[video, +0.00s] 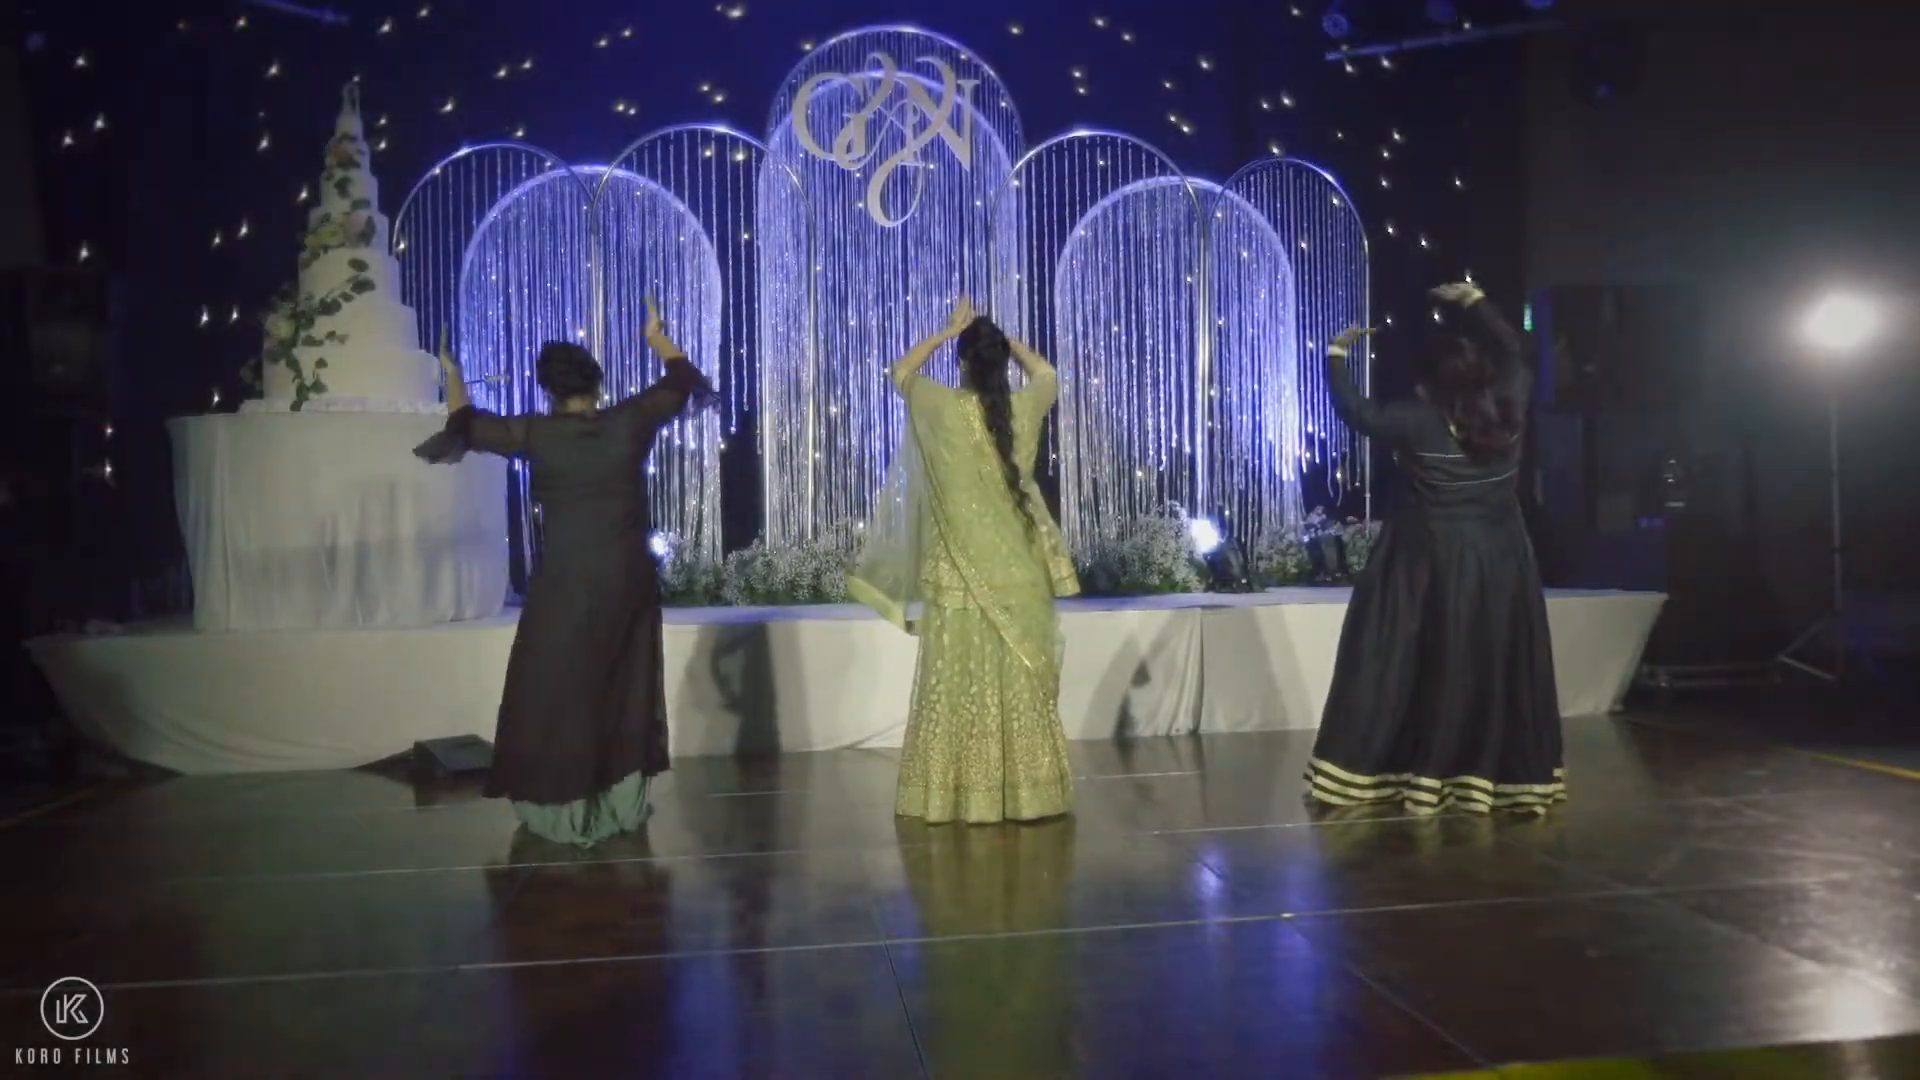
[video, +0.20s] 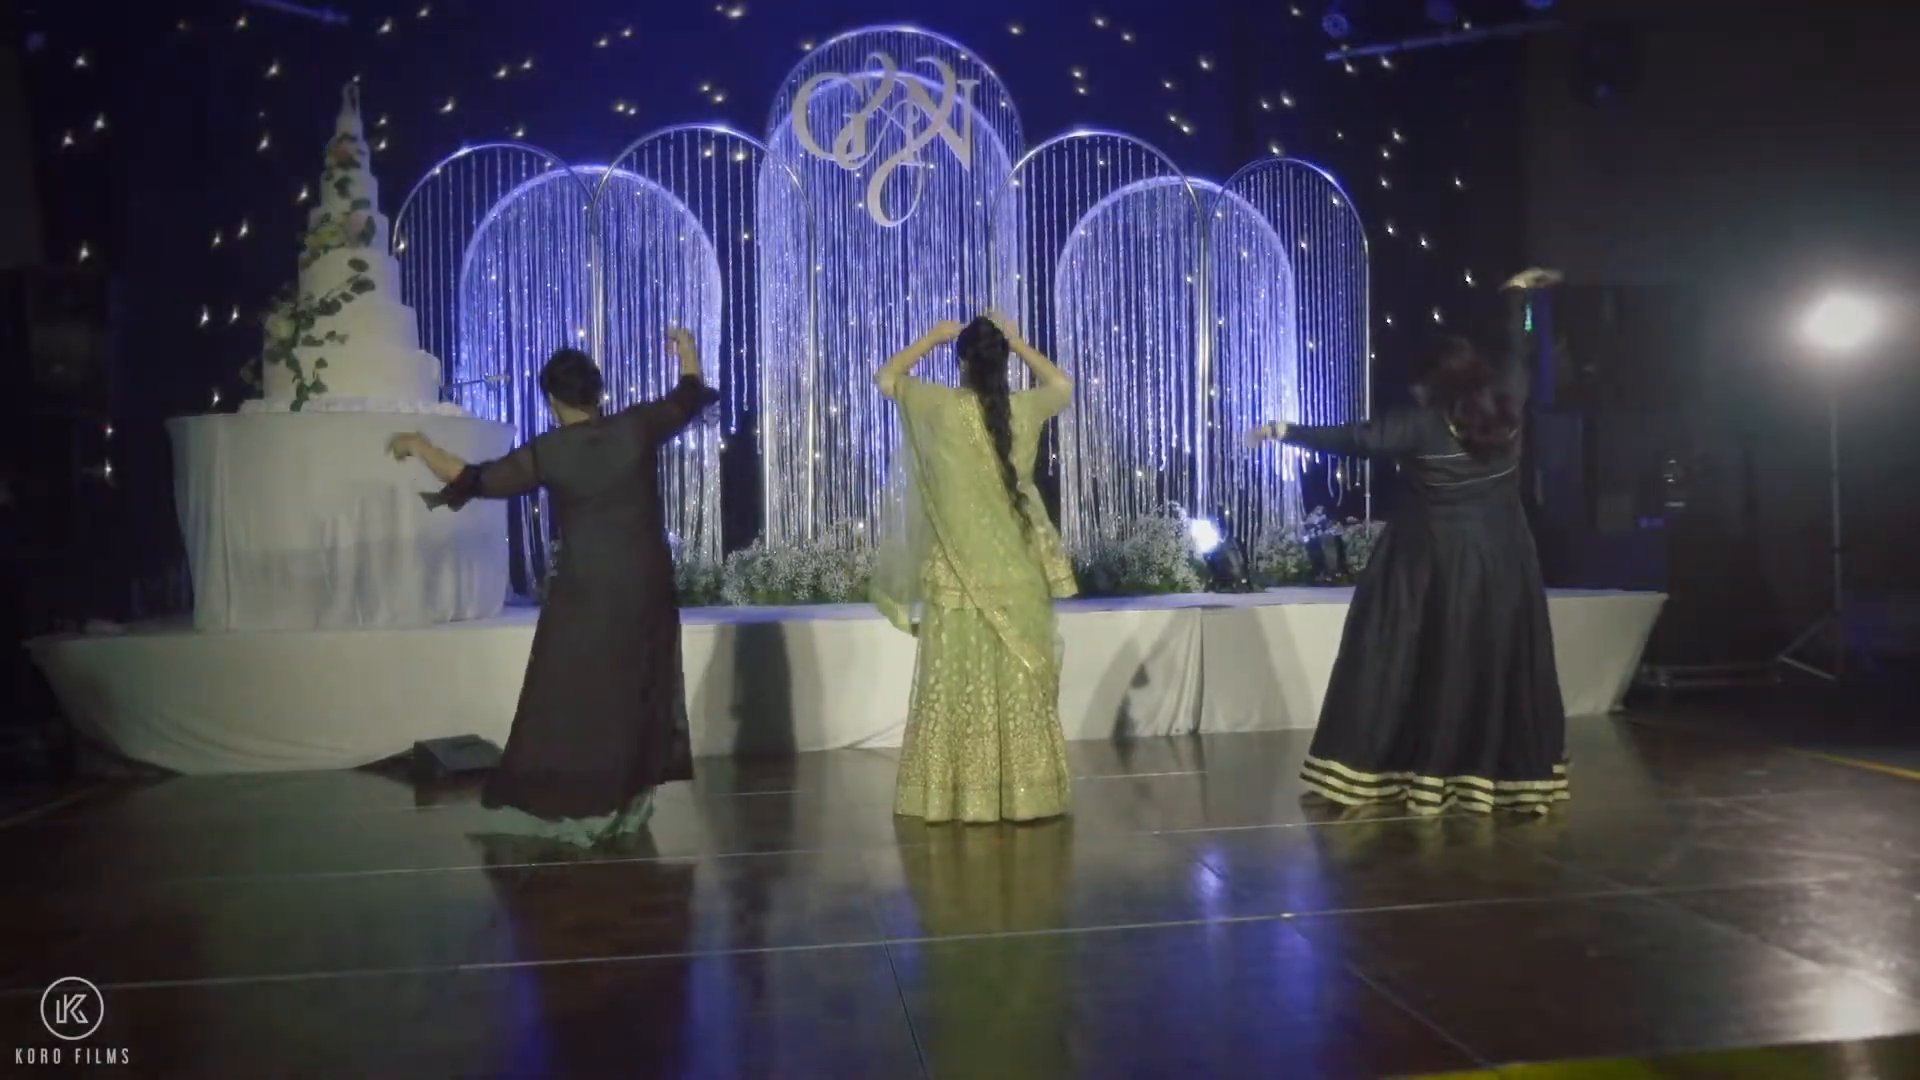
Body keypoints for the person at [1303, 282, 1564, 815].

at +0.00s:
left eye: (1435, 359)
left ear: (1430, 372)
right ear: (1486, 369)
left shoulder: (1414, 421)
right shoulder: (1508, 408)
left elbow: (1356, 410)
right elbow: (1510, 351)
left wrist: (1337, 359)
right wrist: (1476, 301)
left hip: (1431, 546)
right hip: (1499, 545)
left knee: (1422, 659)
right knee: (1495, 661)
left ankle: (1417, 782)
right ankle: (1495, 782)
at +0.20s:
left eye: (1426, 371)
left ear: (1429, 379)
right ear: (1481, 371)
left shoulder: (1418, 425)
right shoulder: (1507, 405)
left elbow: (1353, 437)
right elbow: (1516, 348)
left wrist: (1284, 430)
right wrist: (1515, 296)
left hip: (1433, 553)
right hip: (1501, 552)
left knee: (1420, 663)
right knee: (1496, 665)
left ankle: (1419, 779)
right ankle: (1495, 781)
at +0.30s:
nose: (1414, 386)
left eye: (1419, 379)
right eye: (1420, 379)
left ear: (1426, 384)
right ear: (1476, 372)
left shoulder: (1416, 428)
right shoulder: (1502, 406)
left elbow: (1355, 453)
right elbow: (1520, 350)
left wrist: (1294, 458)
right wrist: (1526, 297)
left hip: (1432, 550)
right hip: (1500, 548)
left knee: (1422, 661)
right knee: (1498, 663)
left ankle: (1423, 780)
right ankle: (1497, 780)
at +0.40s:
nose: (1406, 396)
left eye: (1407, 388)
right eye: (1405, 388)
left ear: (1420, 388)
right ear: (1465, 372)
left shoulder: (1419, 436)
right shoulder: (1503, 405)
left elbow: (1370, 473)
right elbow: (1522, 352)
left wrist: (1301, 479)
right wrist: (1534, 295)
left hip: (1438, 555)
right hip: (1504, 549)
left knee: (1427, 663)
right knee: (1502, 662)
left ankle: (1427, 780)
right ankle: (1504, 780)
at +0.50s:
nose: (1401, 398)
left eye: (1403, 390)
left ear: (1415, 391)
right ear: (1463, 375)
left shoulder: (1415, 439)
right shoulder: (1497, 409)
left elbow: (1368, 491)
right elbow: (1516, 349)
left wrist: (1305, 496)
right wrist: (1526, 283)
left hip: (1439, 568)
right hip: (1508, 561)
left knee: (1427, 670)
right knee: (1505, 669)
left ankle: (1427, 783)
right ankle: (1507, 783)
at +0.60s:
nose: (1397, 401)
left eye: (1401, 393)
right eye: (1397, 393)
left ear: (1417, 392)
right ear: (1461, 379)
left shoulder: (1413, 438)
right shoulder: (1493, 410)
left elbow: (1374, 492)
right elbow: (1513, 344)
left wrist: (1311, 515)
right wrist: (1526, 281)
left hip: (1437, 565)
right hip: (1506, 558)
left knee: (1424, 667)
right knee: (1503, 667)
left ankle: (1425, 782)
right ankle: (1506, 780)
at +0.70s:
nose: (1394, 404)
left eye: (1397, 395)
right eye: (1394, 395)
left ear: (1412, 394)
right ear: (1451, 379)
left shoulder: (1413, 442)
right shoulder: (1491, 407)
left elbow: (1379, 496)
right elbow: (1510, 341)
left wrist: (1321, 529)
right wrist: (1523, 282)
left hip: (1438, 566)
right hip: (1507, 558)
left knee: (1429, 667)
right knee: (1507, 666)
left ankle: (1427, 781)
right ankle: (1510, 780)